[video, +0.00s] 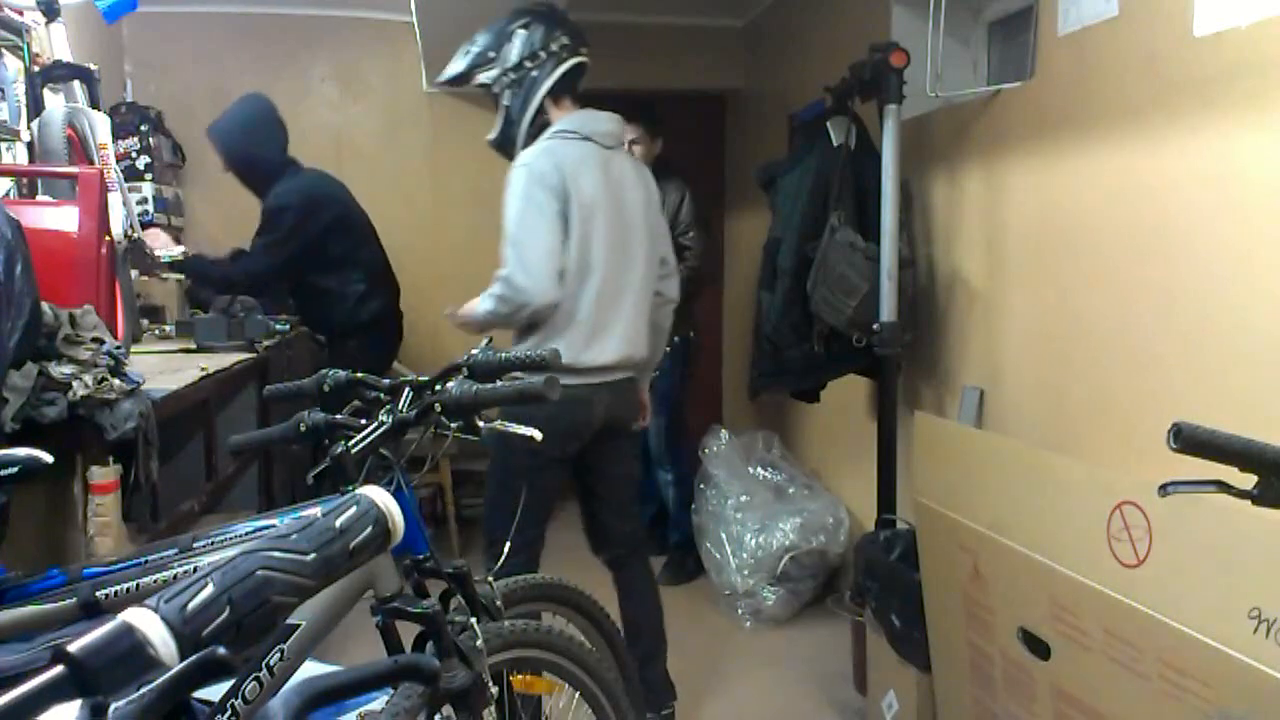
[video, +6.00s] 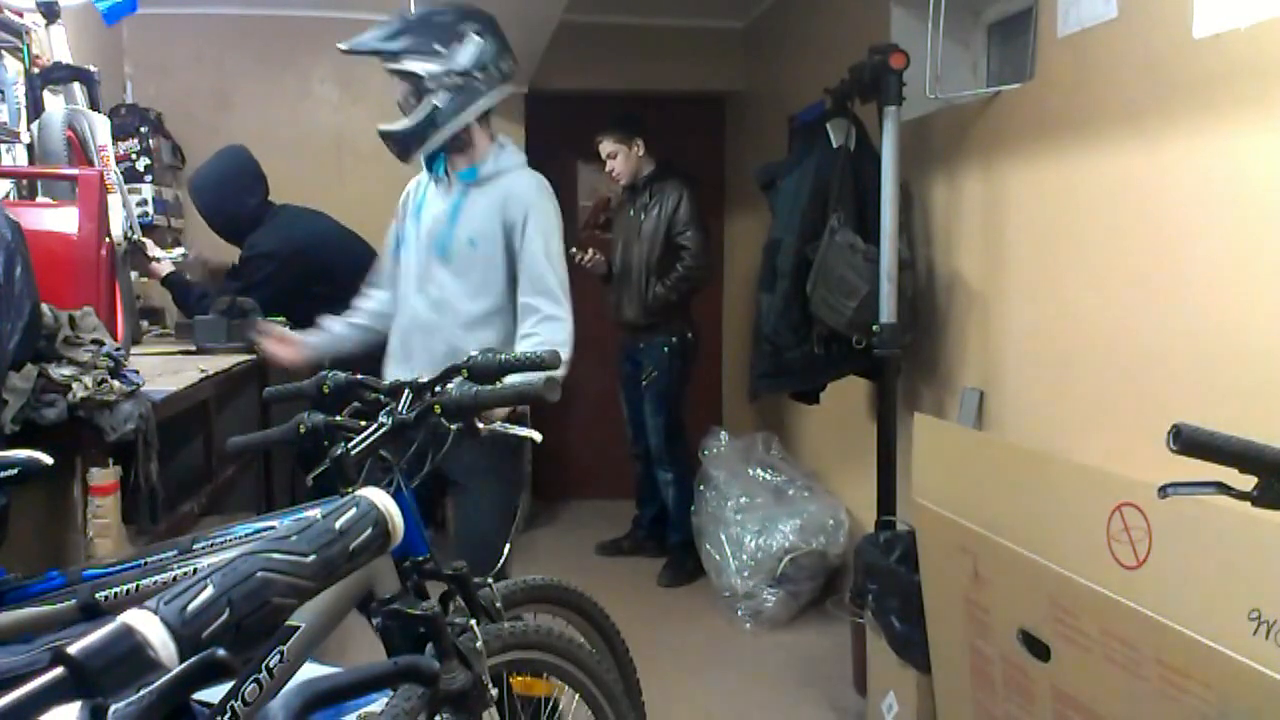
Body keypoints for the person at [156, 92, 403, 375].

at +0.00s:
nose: (225, 169)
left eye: (228, 156)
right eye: (224, 158)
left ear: (248, 151)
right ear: (267, 143)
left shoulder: (292, 200)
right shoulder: (309, 186)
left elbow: (253, 278)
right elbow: (266, 271)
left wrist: (178, 260)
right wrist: (196, 263)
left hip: (356, 343)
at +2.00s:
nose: (218, 226)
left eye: (216, 217)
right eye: (213, 217)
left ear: (230, 213)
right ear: (257, 190)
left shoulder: (277, 254)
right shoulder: (299, 217)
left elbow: (224, 311)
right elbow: (247, 286)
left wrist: (164, 272)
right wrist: (181, 282)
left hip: (369, 361)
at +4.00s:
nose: (204, 226)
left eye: (202, 217)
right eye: (199, 218)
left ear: (219, 215)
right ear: (244, 193)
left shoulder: (271, 250)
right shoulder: (279, 216)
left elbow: (227, 312)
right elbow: (241, 275)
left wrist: (169, 274)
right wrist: (186, 256)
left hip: (368, 351)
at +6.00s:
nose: (211, 223)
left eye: (209, 212)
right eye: (206, 214)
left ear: (225, 207)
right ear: (254, 191)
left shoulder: (268, 249)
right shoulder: (294, 219)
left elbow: (221, 319)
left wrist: (167, 276)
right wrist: (218, 274)